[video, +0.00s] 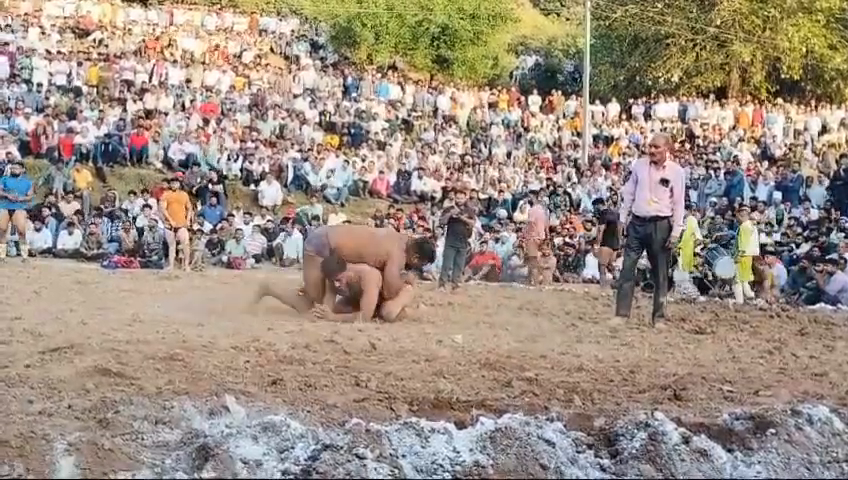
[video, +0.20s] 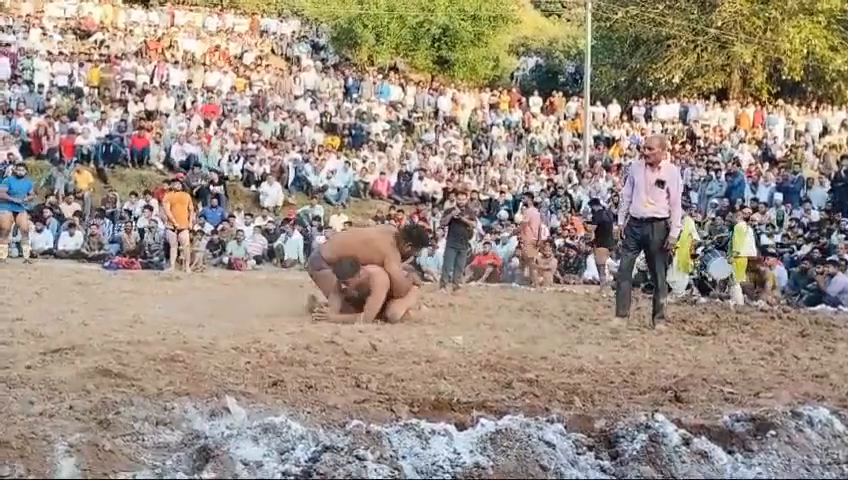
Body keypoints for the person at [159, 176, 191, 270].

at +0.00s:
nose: (174, 185)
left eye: (176, 182)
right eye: (172, 183)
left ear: (179, 184)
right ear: (169, 184)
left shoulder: (184, 195)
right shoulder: (165, 195)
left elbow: (189, 208)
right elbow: (163, 209)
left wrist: (188, 220)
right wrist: (170, 220)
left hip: (182, 224)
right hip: (169, 224)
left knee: (186, 244)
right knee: (171, 245)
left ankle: (186, 265)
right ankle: (170, 265)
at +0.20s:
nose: (177, 186)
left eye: (179, 184)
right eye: (175, 184)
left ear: (182, 185)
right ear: (172, 185)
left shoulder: (186, 196)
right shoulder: (168, 196)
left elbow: (191, 210)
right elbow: (167, 210)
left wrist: (190, 222)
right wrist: (174, 222)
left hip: (184, 225)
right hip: (171, 225)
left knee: (186, 246)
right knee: (173, 246)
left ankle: (187, 266)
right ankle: (172, 266)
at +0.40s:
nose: (183, 187)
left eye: (184, 185)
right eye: (180, 185)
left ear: (186, 186)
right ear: (176, 186)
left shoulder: (191, 198)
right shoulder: (172, 198)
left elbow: (195, 213)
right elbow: (172, 213)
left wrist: (195, 225)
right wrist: (180, 225)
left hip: (188, 228)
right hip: (176, 228)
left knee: (190, 249)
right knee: (177, 249)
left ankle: (191, 269)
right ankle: (176, 268)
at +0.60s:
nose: (204, 196)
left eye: (205, 194)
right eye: (201, 194)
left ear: (208, 195)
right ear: (198, 195)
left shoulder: (211, 207)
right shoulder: (193, 207)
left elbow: (215, 221)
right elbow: (192, 222)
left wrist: (215, 233)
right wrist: (200, 233)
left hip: (209, 236)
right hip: (197, 236)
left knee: (210, 257)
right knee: (198, 256)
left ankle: (212, 276)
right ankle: (198, 276)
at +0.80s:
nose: (231, 206)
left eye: (232, 204)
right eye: (229, 204)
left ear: (234, 205)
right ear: (224, 206)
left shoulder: (237, 217)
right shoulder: (219, 217)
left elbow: (241, 230)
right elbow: (218, 233)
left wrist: (240, 242)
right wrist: (227, 243)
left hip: (235, 246)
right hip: (223, 246)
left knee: (236, 268)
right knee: (224, 268)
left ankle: (238, 287)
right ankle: (224, 287)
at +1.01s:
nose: (223, 212)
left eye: (224, 210)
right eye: (221, 210)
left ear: (226, 212)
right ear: (216, 212)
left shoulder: (229, 223)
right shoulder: (210, 224)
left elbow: (232, 236)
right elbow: (208, 239)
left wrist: (232, 247)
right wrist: (217, 249)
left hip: (227, 252)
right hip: (214, 252)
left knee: (228, 273)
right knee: (216, 274)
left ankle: (230, 294)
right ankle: (216, 293)